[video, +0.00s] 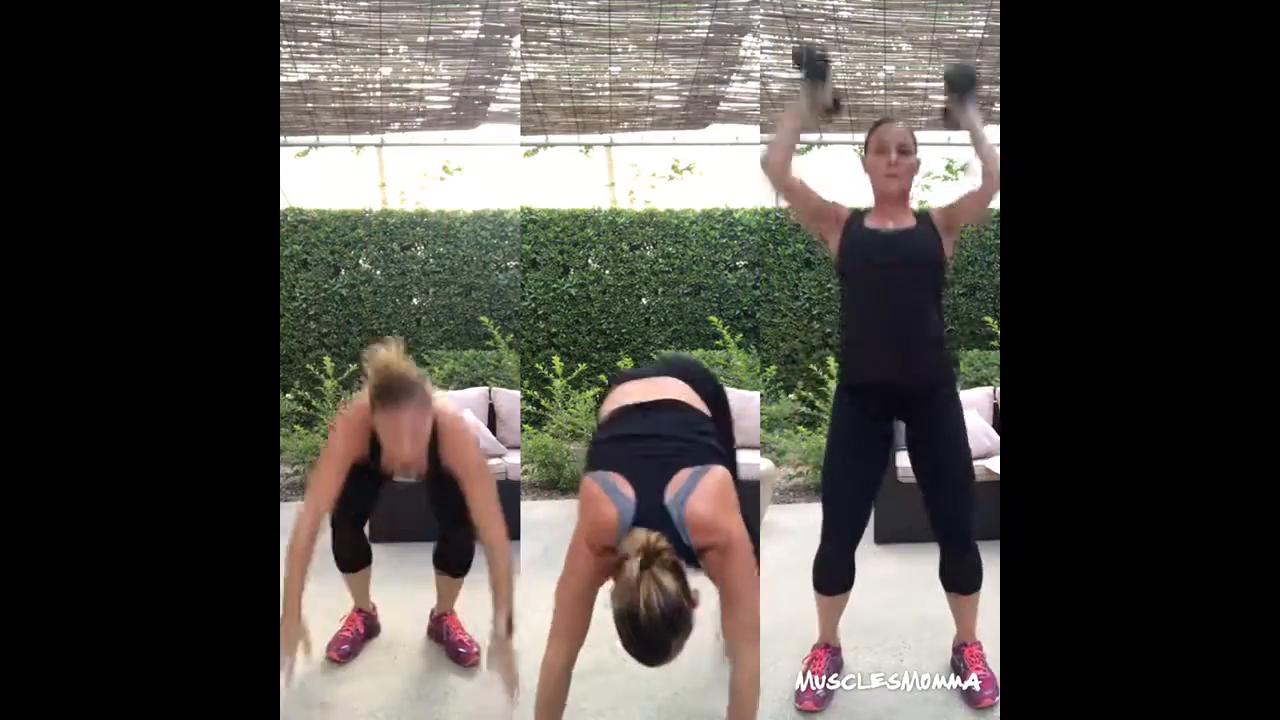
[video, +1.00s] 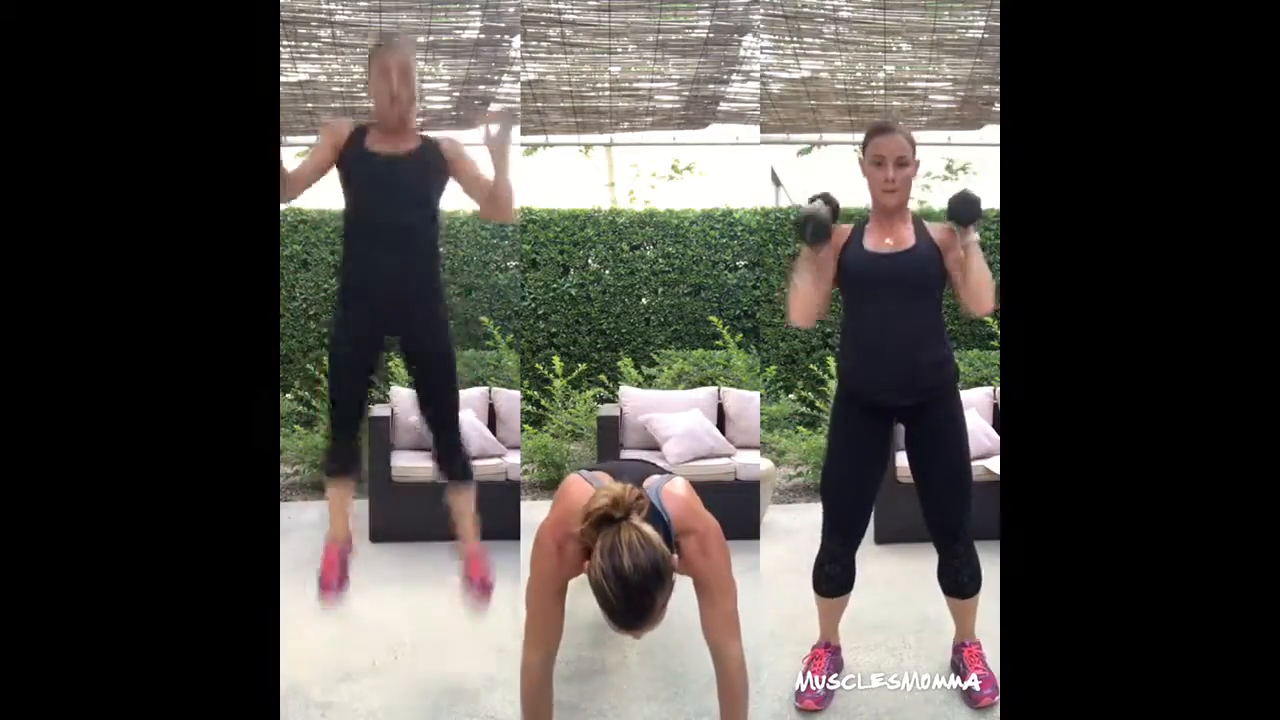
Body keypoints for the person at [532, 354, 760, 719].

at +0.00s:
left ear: (692, 600)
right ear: (614, 586)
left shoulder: (720, 529)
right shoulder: (595, 532)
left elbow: (745, 659)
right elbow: (560, 653)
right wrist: (544, 715)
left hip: (694, 384)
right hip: (617, 394)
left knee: (735, 547)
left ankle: (734, 631)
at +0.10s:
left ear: (678, 598)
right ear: (596, 594)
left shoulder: (705, 526)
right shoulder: (582, 525)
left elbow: (735, 655)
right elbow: (551, 650)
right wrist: (541, 714)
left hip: (689, 386)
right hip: (610, 387)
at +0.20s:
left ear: (664, 603)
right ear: (584, 584)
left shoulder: (700, 533)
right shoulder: (566, 531)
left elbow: (729, 658)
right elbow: (544, 653)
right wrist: (540, 714)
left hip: (681, 412)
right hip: (607, 409)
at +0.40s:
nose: (627, 630)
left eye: (641, 616)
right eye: (614, 622)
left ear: (663, 560)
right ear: (581, 558)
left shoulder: (695, 526)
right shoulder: (561, 525)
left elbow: (723, 648)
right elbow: (541, 651)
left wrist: (732, 715)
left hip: (668, 481)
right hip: (592, 477)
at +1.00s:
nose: (637, 636)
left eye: (651, 626)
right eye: (625, 631)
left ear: (671, 565)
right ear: (589, 566)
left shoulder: (700, 530)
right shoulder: (558, 534)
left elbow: (728, 651)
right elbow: (538, 656)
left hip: (665, 483)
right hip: (588, 482)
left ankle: (673, 562)